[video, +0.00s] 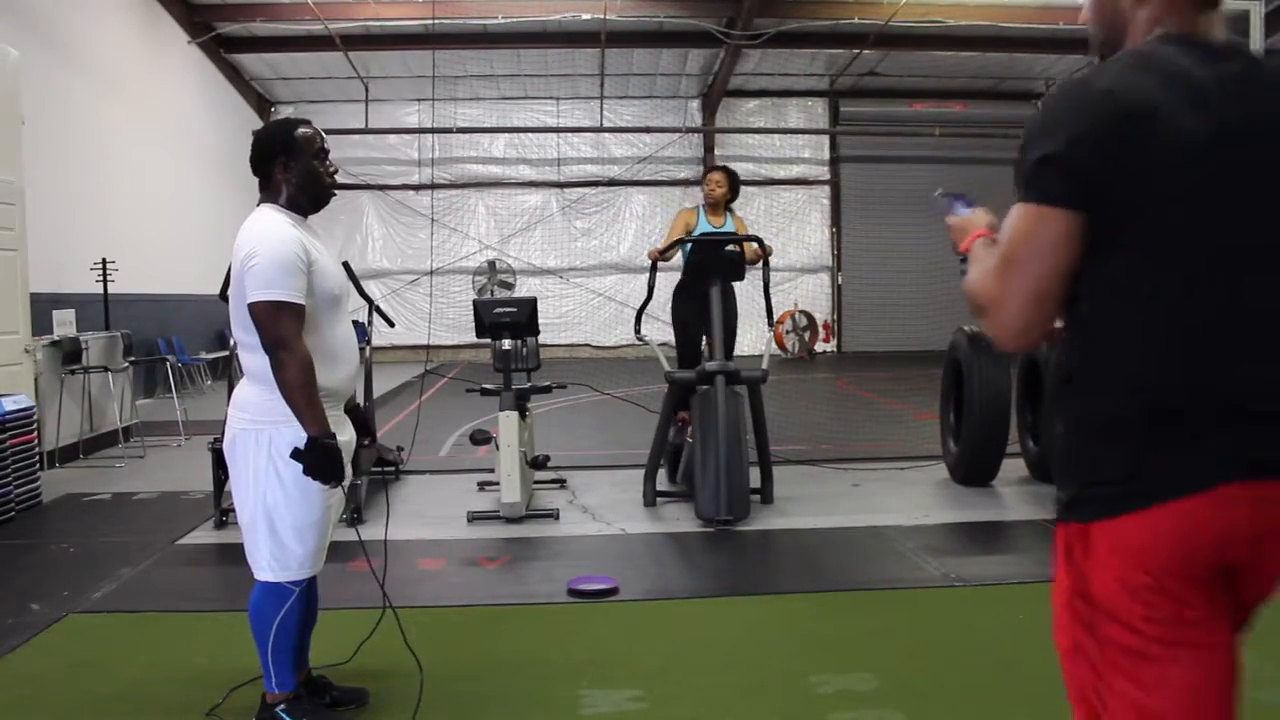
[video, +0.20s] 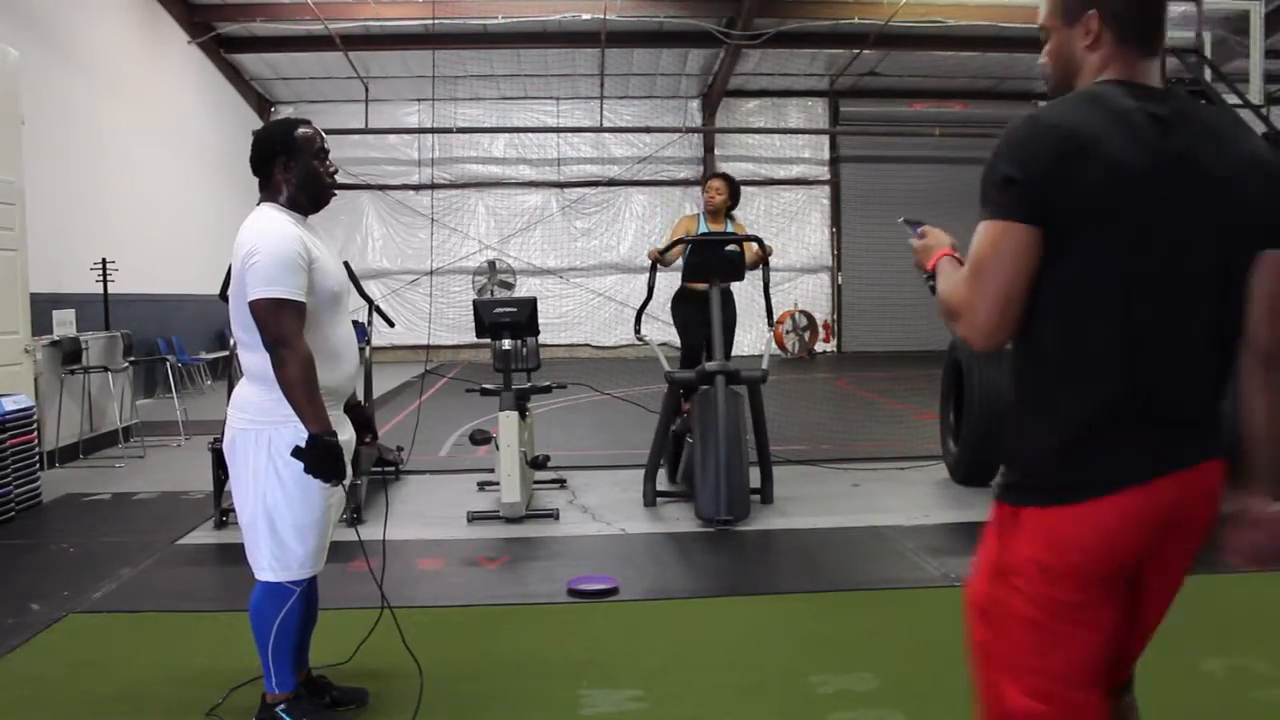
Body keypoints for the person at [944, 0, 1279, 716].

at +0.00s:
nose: (1083, 12)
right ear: (1205, 2)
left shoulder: (1092, 105)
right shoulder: (1267, 86)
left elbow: (1014, 320)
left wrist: (977, 246)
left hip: (1142, 504)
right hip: (1266, 482)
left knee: (1155, 703)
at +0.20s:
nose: (1042, 55)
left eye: (1047, 33)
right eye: (1040, 36)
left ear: (1092, 29)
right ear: (1149, 32)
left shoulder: (1045, 141)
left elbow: (982, 324)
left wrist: (941, 262)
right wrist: (1259, 483)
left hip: (1064, 500)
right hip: (1189, 482)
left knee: (1034, 703)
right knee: (1107, 688)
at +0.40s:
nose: (1001, 57)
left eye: (1006, 37)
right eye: (1000, 39)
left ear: (1045, 32)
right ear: (1092, 35)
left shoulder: (1011, 126)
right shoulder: (1177, 147)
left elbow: (954, 295)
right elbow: (1162, 294)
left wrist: (917, 247)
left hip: (1015, 443)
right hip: (1136, 437)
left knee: (935, 630)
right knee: (1094, 663)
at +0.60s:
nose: (941, 82)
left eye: (948, 65)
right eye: (942, 66)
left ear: (984, 60)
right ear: (1020, 63)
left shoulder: (959, 155)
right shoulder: (1101, 160)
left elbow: (912, 309)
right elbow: (1100, 296)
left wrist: (873, 258)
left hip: (966, 440)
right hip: (1079, 431)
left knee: (919, 634)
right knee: (1075, 652)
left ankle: (872, 719)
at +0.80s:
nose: (873, 107)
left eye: (875, 93)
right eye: (871, 94)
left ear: (906, 87)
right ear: (951, 88)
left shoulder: (888, 179)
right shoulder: (1029, 178)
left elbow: (851, 324)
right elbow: (1034, 305)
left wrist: (821, 273)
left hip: (902, 436)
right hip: (1007, 430)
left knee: (874, 614)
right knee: (1020, 626)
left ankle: (870, 715)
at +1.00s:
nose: (826, 111)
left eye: (826, 98)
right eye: (826, 98)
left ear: (847, 93)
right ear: (897, 92)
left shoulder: (829, 183)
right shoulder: (979, 175)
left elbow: (792, 318)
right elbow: (1008, 301)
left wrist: (778, 264)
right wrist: (1024, 400)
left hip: (857, 423)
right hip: (948, 413)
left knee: (853, 596)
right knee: (945, 564)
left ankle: (866, 714)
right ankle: (978, 701)